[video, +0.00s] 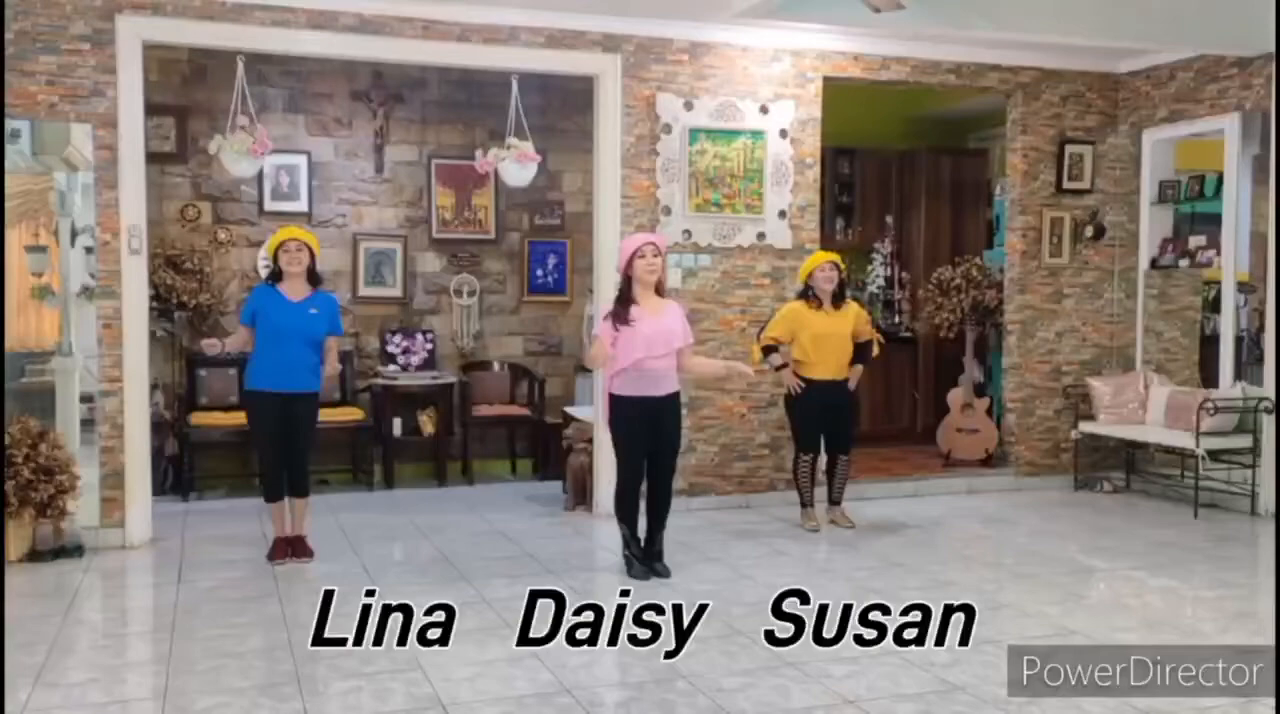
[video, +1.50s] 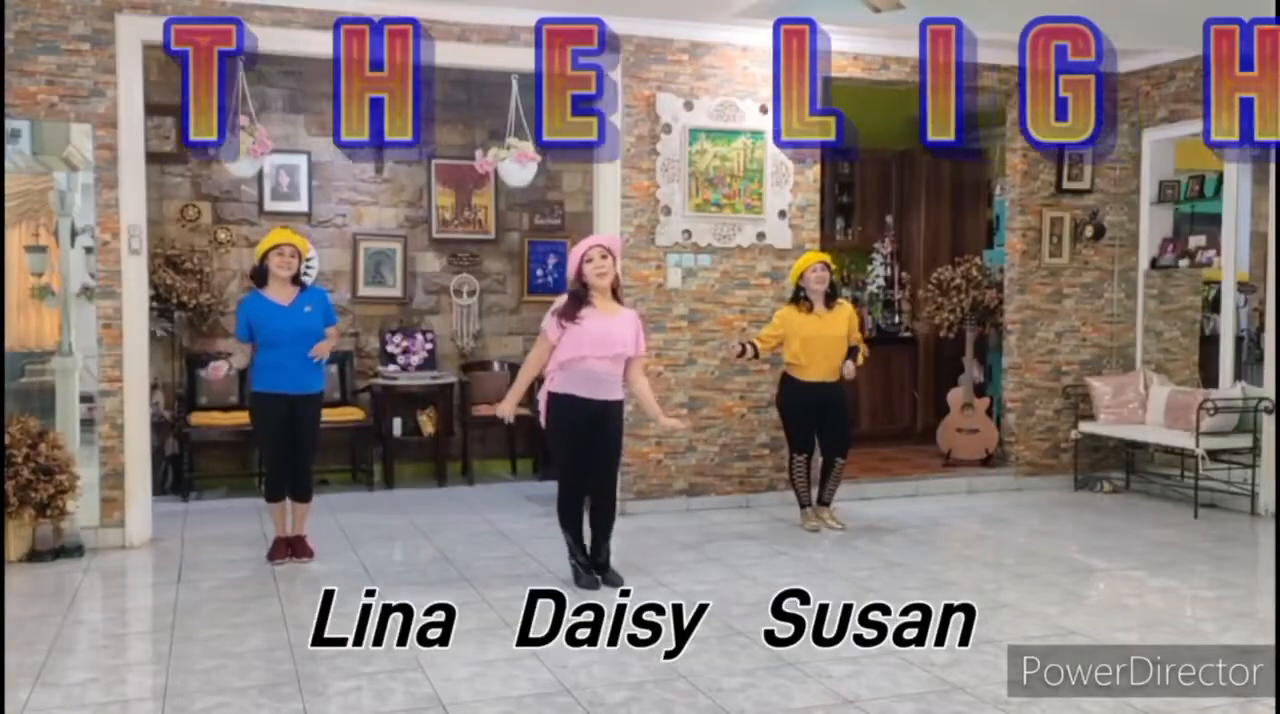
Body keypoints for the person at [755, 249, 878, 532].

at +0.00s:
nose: (828, 274)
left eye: (832, 269)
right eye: (821, 270)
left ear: (840, 276)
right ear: (809, 278)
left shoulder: (852, 311)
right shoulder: (794, 311)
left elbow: (866, 342)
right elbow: (767, 341)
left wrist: (854, 374)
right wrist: (783, 369)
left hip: (840, 389)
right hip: (805, 389)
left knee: (841, 450)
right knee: (807, 450)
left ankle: (835, 507)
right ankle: (807, 509)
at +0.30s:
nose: (825, 274)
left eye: (829, 269)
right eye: (818, 270)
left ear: (837, 276)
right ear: (806, 278)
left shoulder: (848, 310)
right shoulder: (791, 311)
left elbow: (863, 341)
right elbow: (764, 342)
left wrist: (853, 372)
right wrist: (780, 369)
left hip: (837, 388)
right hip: (803, 389)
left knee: (837, 450)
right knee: (805, 450)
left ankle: (833, 507)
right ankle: (807, 509)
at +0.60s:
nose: (822, 275)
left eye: (826, 271)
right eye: (815, 271)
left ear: (833, 277)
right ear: (803, 279)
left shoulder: (846, 312)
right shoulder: (789, 312)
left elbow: (860, 342)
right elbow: (762, 345)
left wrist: (852, 370)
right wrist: (776, 374)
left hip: (835, 389)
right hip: (799, 390)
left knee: (838, 450)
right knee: (804, 450)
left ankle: (833, 507)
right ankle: (807, 509)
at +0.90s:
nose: (820, 276)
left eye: (825, 270)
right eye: (814, 271)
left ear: (832, 277)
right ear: (802, 280)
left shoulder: (846, 312)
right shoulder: (789, 314)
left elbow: (861, 343)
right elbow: (766, 349)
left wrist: (851, 370)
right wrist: (756, 372)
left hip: (833, 390)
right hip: (797, 390)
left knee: (837, 450)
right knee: (802, 450)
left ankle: (829, 508)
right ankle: (807, 510)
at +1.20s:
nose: (820, 275)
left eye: (824, 270)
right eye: (814, 271)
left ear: (832, 277)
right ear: (802, 279)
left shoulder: (844, 313)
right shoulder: (788, 313)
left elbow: (858, 340)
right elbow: (764, 338)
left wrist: (861, 353)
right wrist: (747, 351)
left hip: (830, 389)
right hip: (795, 389)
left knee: (841, 450)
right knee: (801, 450)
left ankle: (829, 508)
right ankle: (807, 510)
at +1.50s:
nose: (820, 275)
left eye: (824, 270)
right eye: (813, 271)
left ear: (830, 276)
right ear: (801, 280)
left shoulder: (844, 310)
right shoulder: (788, 314)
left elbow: (857, 343)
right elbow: (764, 343)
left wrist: (852, 360)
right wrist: (743, 349)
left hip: (831, 389)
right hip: (796, 389)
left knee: (838, 449)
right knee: (801, 449)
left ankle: (824, 507)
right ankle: (806, 510)